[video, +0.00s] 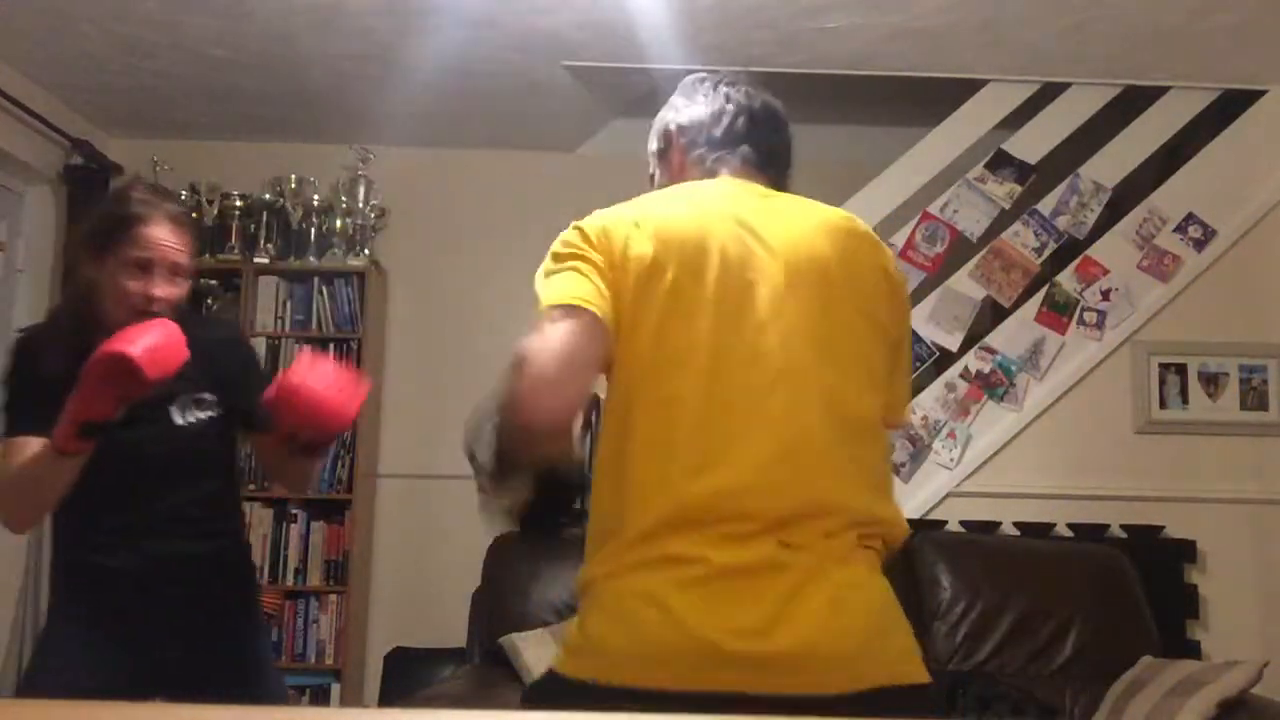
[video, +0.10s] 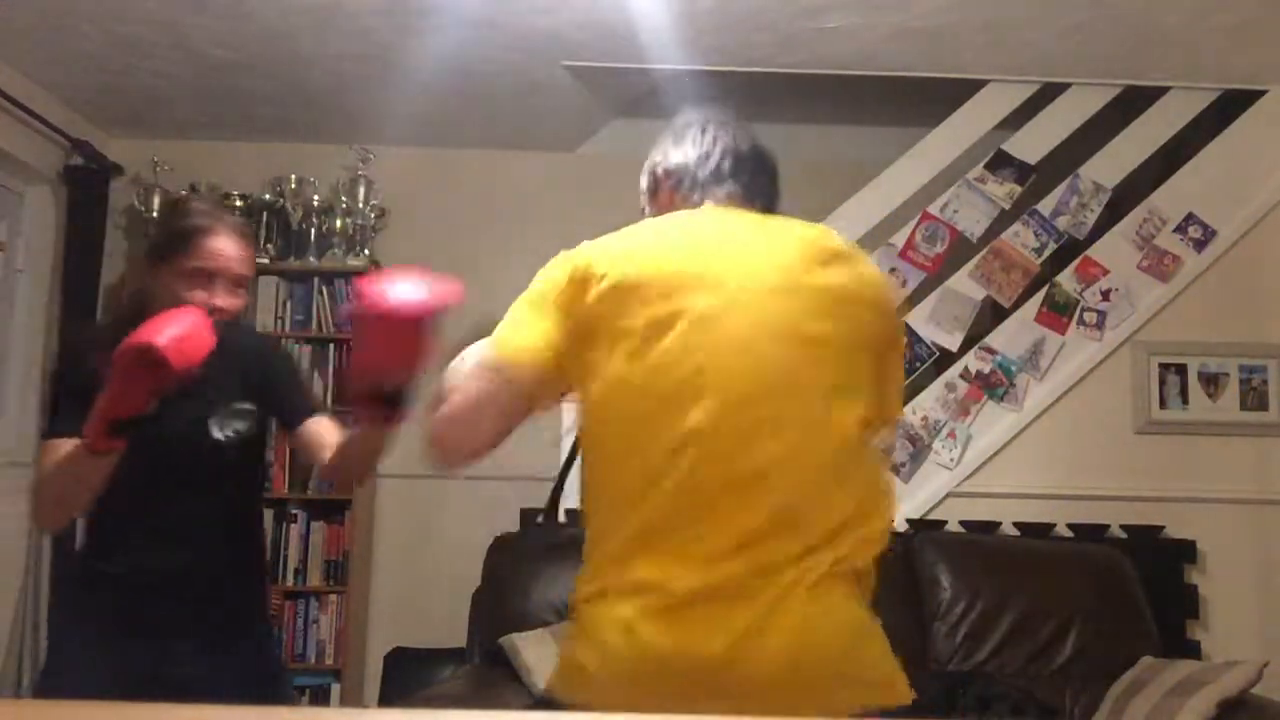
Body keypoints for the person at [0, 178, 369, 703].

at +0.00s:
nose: (157, 292)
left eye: (175, 274)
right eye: (138, 268)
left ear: (192, 280)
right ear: (95, 265)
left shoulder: (218, 344)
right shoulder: (48, 351)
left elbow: (291, 479)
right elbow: (18, 510)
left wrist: (309, 435)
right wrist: (85, 418)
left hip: (216, 627)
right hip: (96, 628)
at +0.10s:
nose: (219, 301)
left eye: (236, 286)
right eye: (201, 280)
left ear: (250, 289)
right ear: (157, 275)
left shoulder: (256, 356)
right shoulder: (102, 350)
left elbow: (341, 469)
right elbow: (50, 511)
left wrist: (382, 395)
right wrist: (118, 411)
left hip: (226, 633)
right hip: (109, 635)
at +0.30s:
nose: (250, 285)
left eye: (264, 271)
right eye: (235, 265)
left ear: (275, 281)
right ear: (197, 262)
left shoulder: (265, 355)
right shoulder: (108, 333)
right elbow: (133, 441)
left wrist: (424, 445)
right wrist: (194, 320)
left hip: (218, 628)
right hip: (96, 625)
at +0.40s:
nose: (298, 340)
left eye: (305, 322)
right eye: (291, 317)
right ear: (239, 296)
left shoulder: (254, 400)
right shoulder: (123, 349)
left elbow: (274, 532)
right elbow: (241, 397)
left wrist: (333, 499)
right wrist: (235, 265)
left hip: (192, 641)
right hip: (90, 639)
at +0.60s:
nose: (349, 388)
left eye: (360, 376)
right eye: (349, 374)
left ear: (284, 345)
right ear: (314, 361)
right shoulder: (236, 381)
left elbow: (189, 593)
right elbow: (372, 430)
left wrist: (272, 570)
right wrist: (338, 342)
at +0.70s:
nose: (333, 370)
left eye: (337, 358)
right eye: (327, 353)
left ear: (284, 342)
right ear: (285, 339)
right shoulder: (216, 387)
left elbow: (214, 585)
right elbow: (306, 486)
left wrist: (287, 572)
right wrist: (342, 384)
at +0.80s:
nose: (284, 331)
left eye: (291, 317)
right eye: (275, 309)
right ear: (213, 300)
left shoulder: (250, 420)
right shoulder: (138, 382)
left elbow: (246, 560)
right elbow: (208, 479)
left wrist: (284, 568)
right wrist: (300, 424)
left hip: (215, 672)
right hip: (118, 673)